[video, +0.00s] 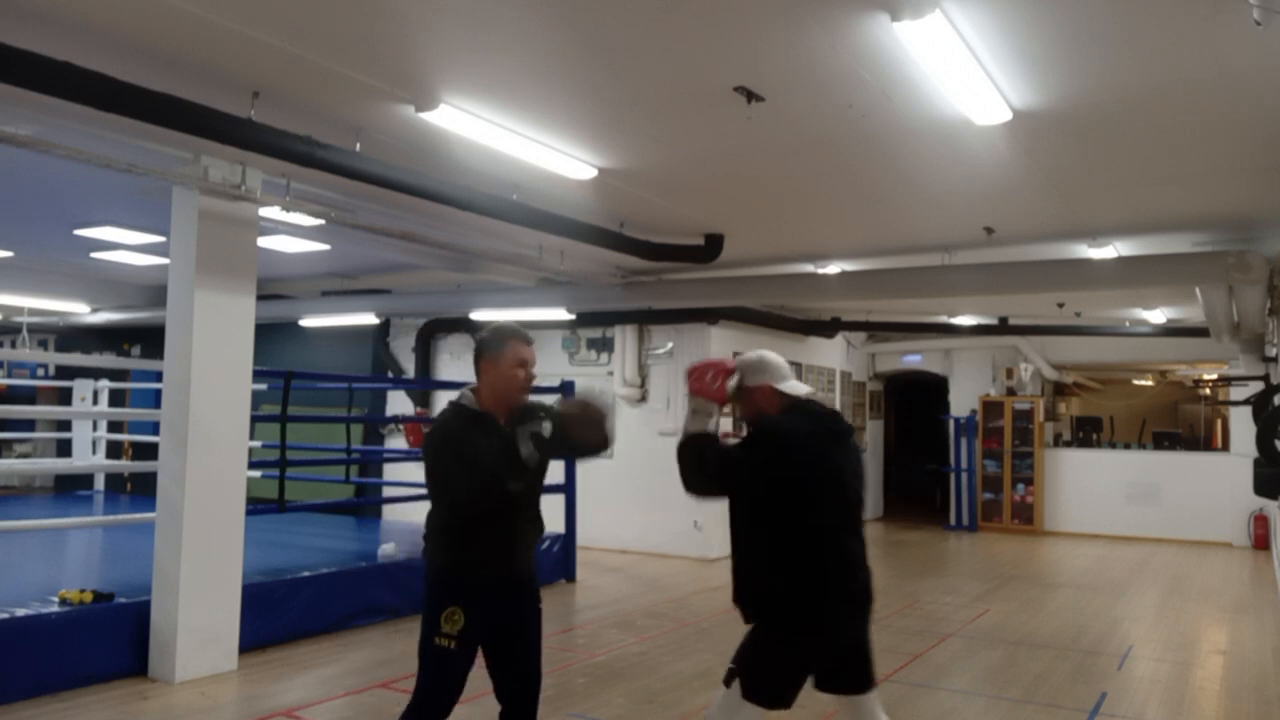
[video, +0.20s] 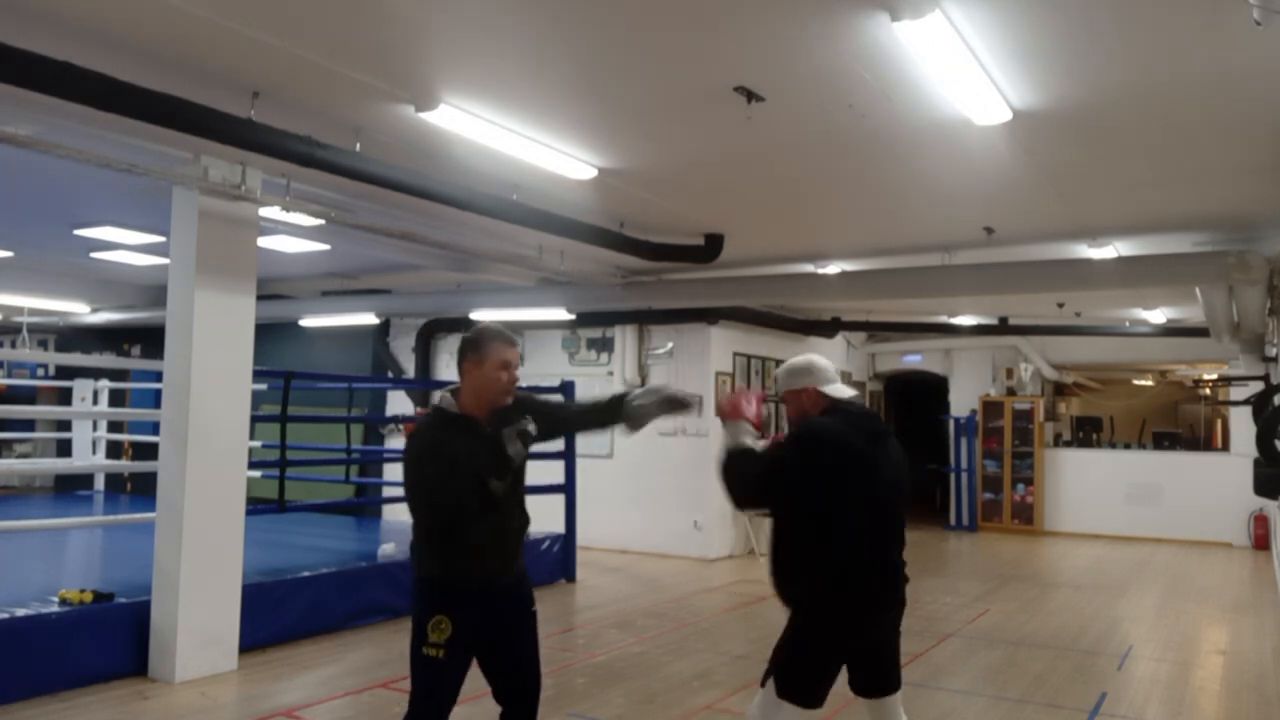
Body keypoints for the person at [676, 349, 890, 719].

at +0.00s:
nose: (742, 413)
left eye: (742, 401)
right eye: (739, 404)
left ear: (763, 393)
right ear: (777, 389)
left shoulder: (771, 439)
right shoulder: (833, 428)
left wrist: (700, 410)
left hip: (792, 607)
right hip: (844, 599)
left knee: (734, 705)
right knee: (862, 701)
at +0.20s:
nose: (786, 411)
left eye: (787, 401)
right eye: (784, 402)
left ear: (808, 395)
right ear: (826, 392)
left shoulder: (813, 440)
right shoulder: (875, 431)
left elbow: (748, 489)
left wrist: (738, 428)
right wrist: (782, 450)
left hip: (825, 601)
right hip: (881, 594)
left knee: (775, 705)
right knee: (885, 702)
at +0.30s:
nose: (789, 406)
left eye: (791, 393)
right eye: (787, 395)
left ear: (817, 388)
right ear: (827, 386)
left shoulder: (830, 430)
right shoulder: (877, 423)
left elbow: (795, 510)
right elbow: (841, 491)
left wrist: (757, 455)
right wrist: (793, 446)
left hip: (831, 595)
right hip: (882, 588)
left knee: (775, 703)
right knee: (884, 701)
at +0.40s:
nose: (784, 406)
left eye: (787, 393)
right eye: (783, 395)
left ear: (815, 388)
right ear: (822, 387)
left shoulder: (839, 434)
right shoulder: (868, 425)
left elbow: (805, 516)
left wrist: (770, 460)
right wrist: (784, 455)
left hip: (835, 600)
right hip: (875, 595)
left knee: (777, 707)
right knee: (877, 705)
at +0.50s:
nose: (777, 412)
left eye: (779, 398)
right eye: (775, 400)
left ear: (810, 393)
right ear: (814, 392)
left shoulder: (843, 439)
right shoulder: (863, 428)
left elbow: (808, 527)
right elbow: (813, 520)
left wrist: (757, 472)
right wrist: (762, 474)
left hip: (834, 609)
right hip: (870, 601)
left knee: (776, 709)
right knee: (869, 706)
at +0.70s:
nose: (774, 406)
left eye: (776, 392)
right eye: (772, 394)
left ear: (805, 386)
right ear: (807, 386)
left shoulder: (836, 431)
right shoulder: (856, 422)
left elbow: (807, 520)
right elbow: (812, 515)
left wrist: (761, 461)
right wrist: (766, 460)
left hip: (835, 605)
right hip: (872, 597)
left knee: (794, 707)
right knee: (878, 704)